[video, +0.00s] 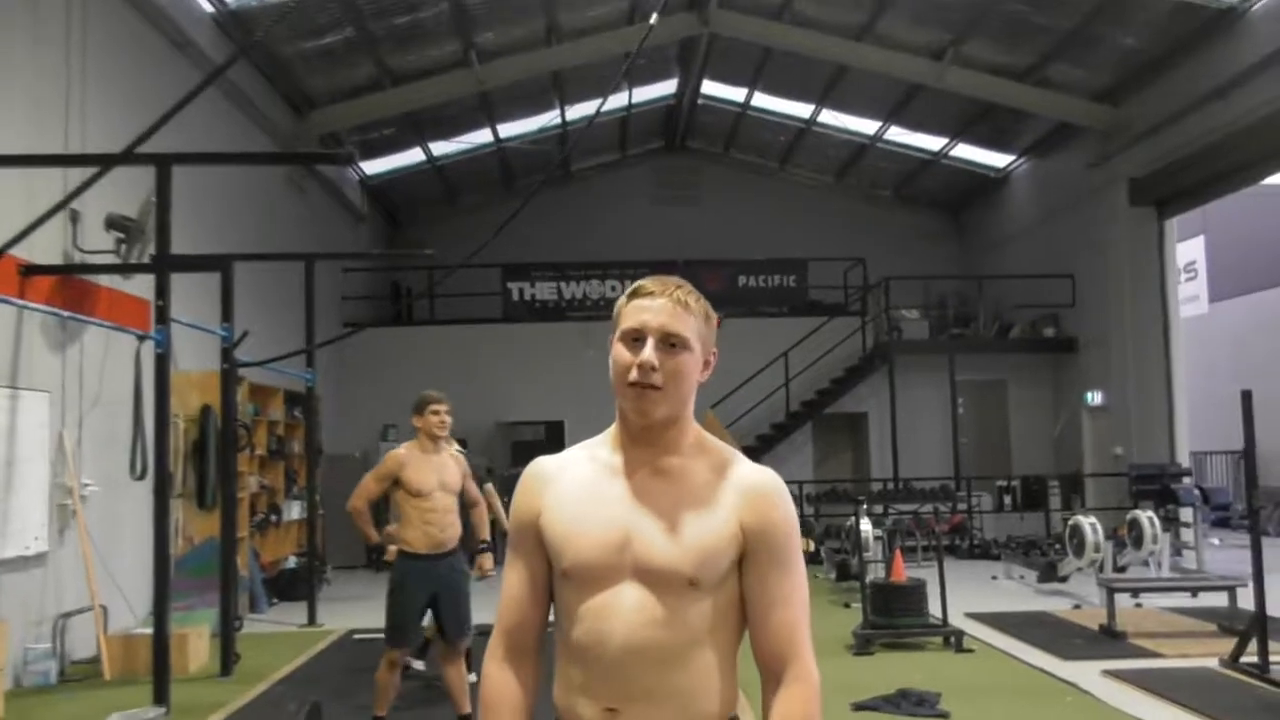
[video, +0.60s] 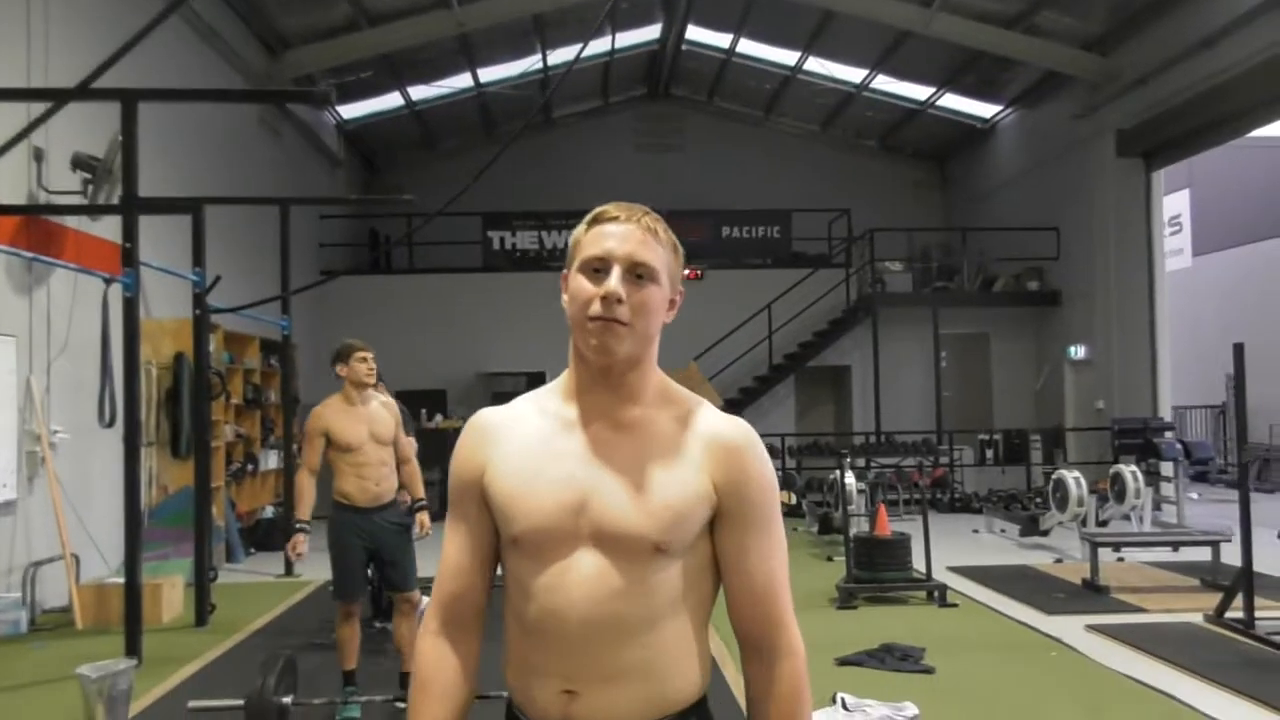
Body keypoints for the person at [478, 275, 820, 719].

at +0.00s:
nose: (646, 359)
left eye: (671, 344)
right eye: (633, 340)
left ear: (706, 365)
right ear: (611, 351)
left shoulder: (754, 494)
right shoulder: (546, 483)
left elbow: (790, 676)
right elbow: (510, 659)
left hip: (708, 710)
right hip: (580, 709)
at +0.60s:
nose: (612, 290)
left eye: (638, 276)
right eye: (594, 270)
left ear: (672, 304)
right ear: (566, 289)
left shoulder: (725, 447)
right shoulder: (491, 438)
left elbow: (771, 650)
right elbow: (448, 632)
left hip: (678, 712)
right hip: (530, 713)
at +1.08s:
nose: (545, 289)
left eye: (571, 268)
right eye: (523, 269)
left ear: (611, 289)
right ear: (495, 292)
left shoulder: (687, 448)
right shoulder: (429, 450)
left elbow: (730, 663)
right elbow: (386, 664)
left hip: (627, 708)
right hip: (474, 708)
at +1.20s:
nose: (512, 292)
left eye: (537, 269)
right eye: (488, 272)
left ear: (580, 290)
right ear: (462, 297)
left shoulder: (662, 450)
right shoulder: (400, 459)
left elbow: (712, 668)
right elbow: (357, 673)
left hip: (605, 713)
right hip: (449, 714)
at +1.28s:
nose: (489, 289)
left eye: (515, 265)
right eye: (466, 270)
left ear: (560, 286)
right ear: (442, 296)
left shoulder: (646, 448)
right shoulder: (384, 460)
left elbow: (705, 676)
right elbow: (340, 679)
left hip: (593, 707)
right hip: (434, 711)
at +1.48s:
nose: (462, 283)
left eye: (490, 259)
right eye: (439, 264)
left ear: (538, 282)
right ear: (418, 291)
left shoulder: (628, 445)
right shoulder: (366, 461)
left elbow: (697, 677)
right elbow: (322, 687)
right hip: (419, 709)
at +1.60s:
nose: (465, 285)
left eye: (495, 262)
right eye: (444, 266)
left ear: (545, 286)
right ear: (423, 293)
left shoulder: (633, 452)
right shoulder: (369, 464)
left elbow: (697, 687)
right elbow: (323, 690)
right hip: (418, 710)